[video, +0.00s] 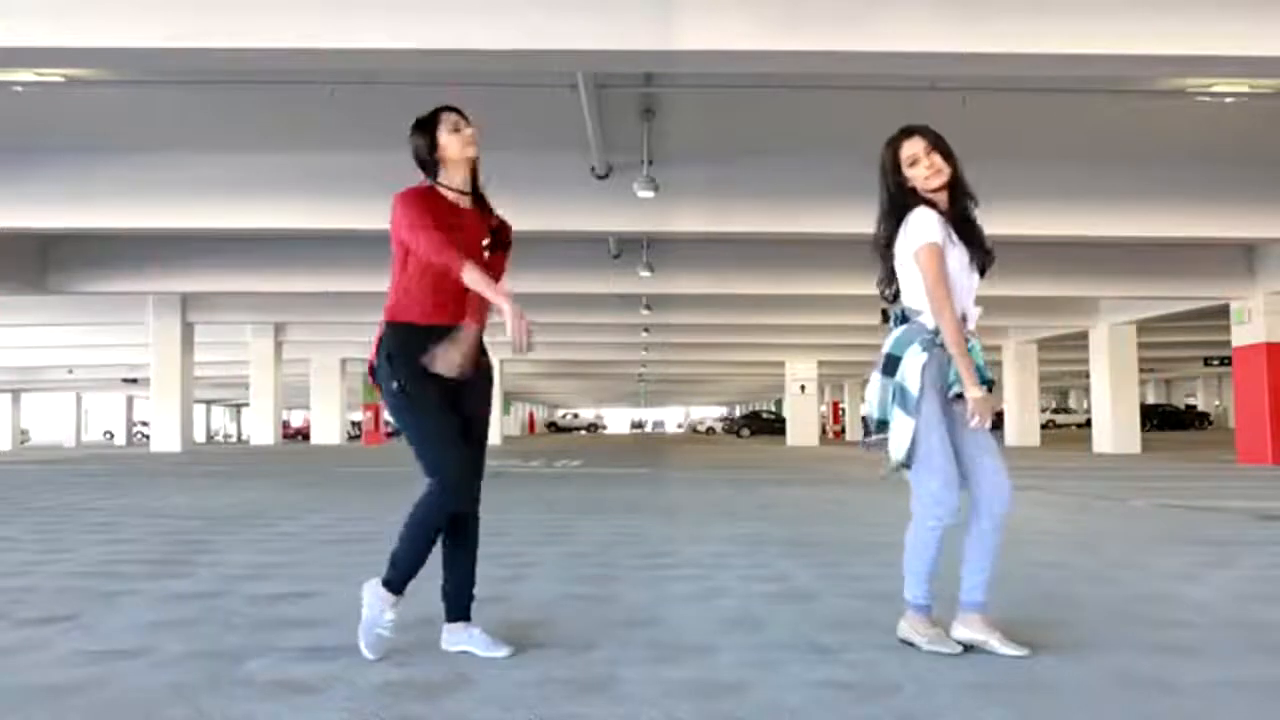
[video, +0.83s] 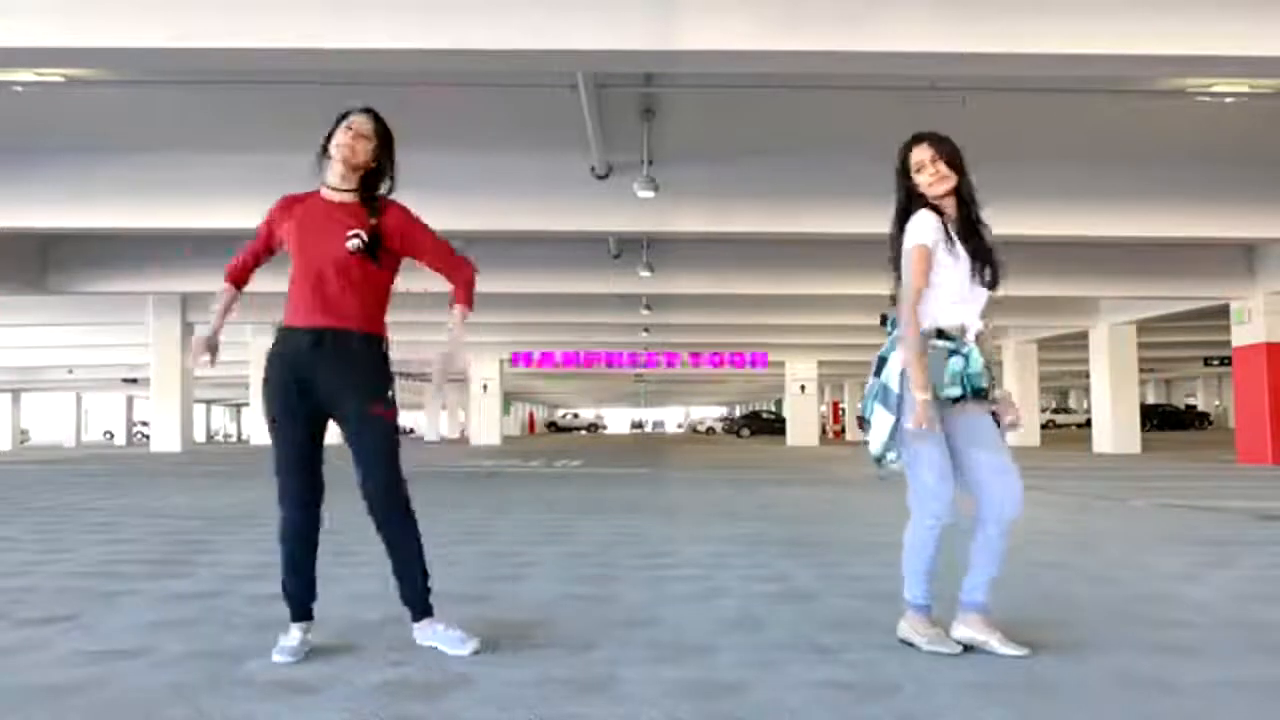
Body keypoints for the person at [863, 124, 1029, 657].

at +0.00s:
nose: (930, 164)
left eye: (934, 152)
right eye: (915, 163)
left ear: (949, 158)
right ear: (904, 180)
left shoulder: (952, 226)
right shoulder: (921, 223)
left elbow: (954, 309)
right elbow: (940, 307)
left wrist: (972, 379)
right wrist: (972, 383)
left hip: (958, 365)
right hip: (923, 365)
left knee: (994, 488)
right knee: (936, 492)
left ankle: (971, 615)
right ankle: (916, 615)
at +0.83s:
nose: (934, 172)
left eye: (939, 161)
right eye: (921, 170)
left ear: (957, 166)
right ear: (913, 183)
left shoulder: (968, 235)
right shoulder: (924, 224)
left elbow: (967, 325)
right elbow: (910, 307)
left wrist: (992, 394)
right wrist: (921, 391)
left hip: (961, 374)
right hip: (918, 371)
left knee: (1004, 494)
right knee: (933, 497)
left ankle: (971, 615)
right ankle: (916, 616)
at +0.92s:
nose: (925, 164)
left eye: (932, 153)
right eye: (916, 160)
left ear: (956, 155)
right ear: (911, 171)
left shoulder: (985, 224)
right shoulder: (917, 216)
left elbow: (996, 301)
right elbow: (869, 287)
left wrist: (1007, 358)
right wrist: (887, 358)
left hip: (968, 362)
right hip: (915, 356)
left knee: (995, 493)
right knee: (924, 490)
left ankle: (977, 616)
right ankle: (912, 615)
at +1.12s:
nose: (920, 155)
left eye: (929, 146)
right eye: (918, 146)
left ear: (958, 150)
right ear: (921, 153)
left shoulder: (1003, 213)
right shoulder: (910, 209)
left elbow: (1068, 257)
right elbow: (842, 242)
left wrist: (1034, 315)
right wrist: (869, 291)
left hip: (984, 353)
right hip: (918, 353)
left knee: (984, 490)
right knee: (920, 491)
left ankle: (1008, 613)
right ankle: (912, 614)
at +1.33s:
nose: (936, 159)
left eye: (945, 151)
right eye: (938, 150)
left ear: (972, 159)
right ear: (953, 159)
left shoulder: (1013, 215)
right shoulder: (930, 216)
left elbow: (1083, 268)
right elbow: (905, 274)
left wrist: (1036, 321)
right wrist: (916, 315)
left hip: (998, 359)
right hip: (938, 356)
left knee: (1003, 489)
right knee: (926, 487)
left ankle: (1009, 613)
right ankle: (910, 609)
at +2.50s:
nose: (997, 153)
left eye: (1010, 151)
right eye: (991, 143)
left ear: (1017, 172)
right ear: (970, 156)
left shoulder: (1026, 223)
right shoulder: (941, 227)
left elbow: (1095, 266)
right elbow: (914, 289)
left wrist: (1056, 325)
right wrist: (936, 333)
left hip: (1021, 359)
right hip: (963, 363)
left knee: (1016, 490)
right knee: (950, 490)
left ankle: (1012, 613)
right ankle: (984, 575)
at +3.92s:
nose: (922, 167)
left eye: (933, 162)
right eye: (926, 159)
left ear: (957, 175)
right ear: (932, 171)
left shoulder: (979, 233)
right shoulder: (906, 232)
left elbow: (1045, 282)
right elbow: (881, 294)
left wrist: (1000, 330)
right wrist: (895, 328)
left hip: (960, 359)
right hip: (913, 360)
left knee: (958, 486)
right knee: (926, 489)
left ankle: (942, 606)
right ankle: (989, 575)